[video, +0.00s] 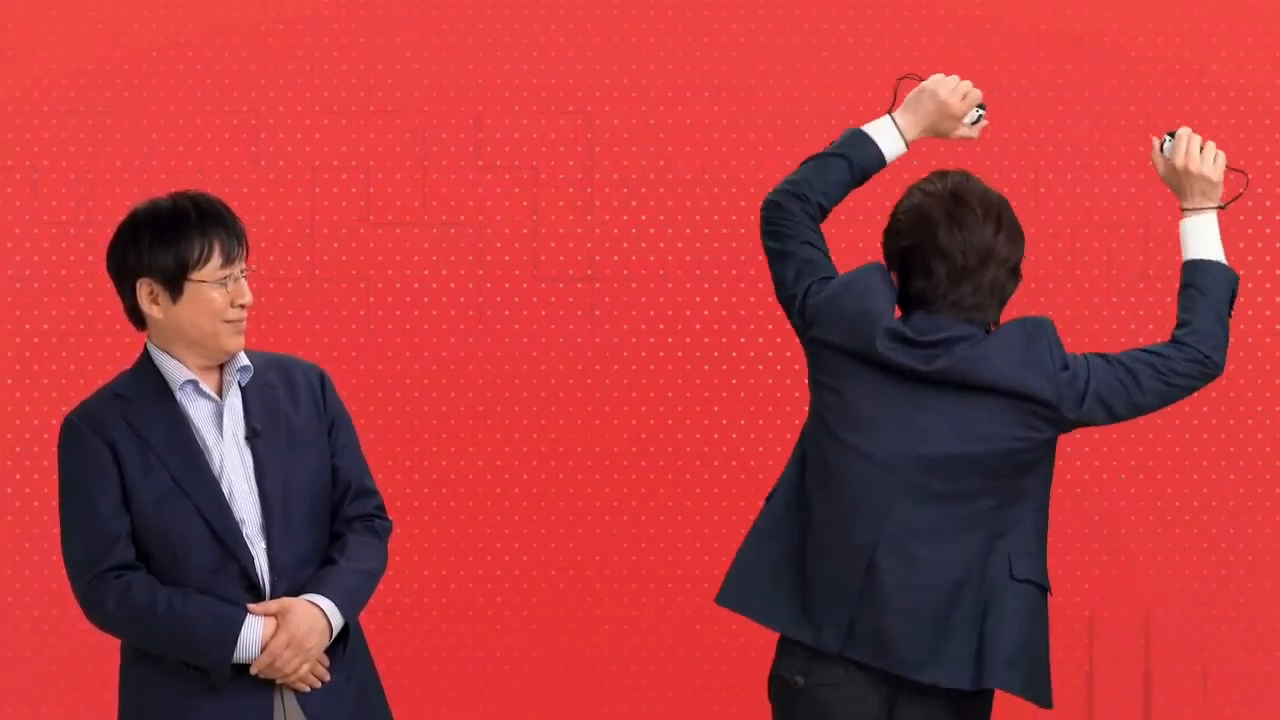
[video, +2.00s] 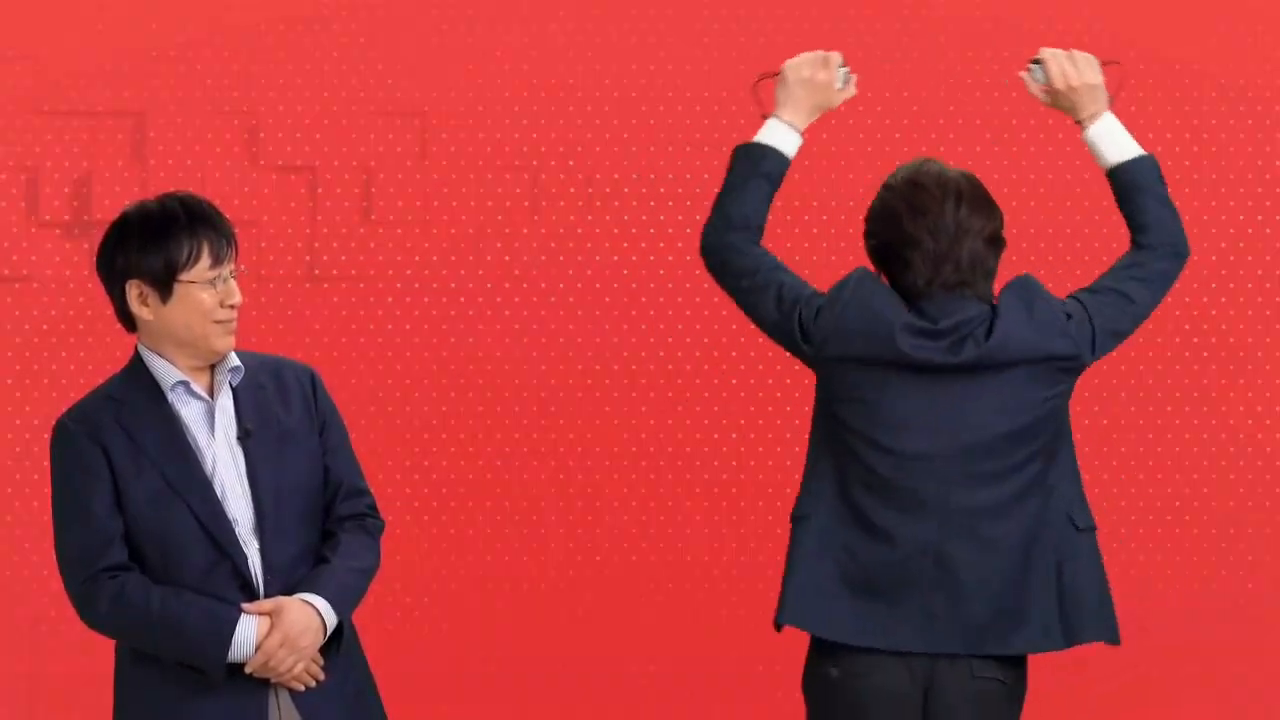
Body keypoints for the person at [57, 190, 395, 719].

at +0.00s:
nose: (245, 297)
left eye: (242, 277)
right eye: (222, 282)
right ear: (153, 299)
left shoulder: (307, 389)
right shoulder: (97, 431)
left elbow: (366, 524)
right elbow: (107, 589)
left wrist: (324, 613)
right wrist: (252, 638)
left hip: (337, 700)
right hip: (194, 708)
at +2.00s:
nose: (233, 298)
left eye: (232, 278)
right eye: (210, 283)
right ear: (143, 300)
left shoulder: (297, 389)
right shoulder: (89, 433)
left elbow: (358, 522)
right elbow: (101, 591)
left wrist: (318, 611)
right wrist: (248, 638)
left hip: (331, 700)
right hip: (190, 708)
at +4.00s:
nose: (238, 298)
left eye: (236, 278)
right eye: (215, 283)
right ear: (147, 301)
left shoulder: (301, 389)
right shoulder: (91, 434)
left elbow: (361, 526)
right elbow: (103, 591)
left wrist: (320, 613)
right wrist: (252, 640)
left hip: (334, 701)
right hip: (192, 708)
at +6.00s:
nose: (238, 298)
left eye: (236, 278)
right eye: (213, 282)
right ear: (147, 300)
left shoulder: (300, 389)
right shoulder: (92, 433)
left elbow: (361, 523)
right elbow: (104, 590)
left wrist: (319, 611)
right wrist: (251, 638)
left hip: (333, 700)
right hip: (192, 708)